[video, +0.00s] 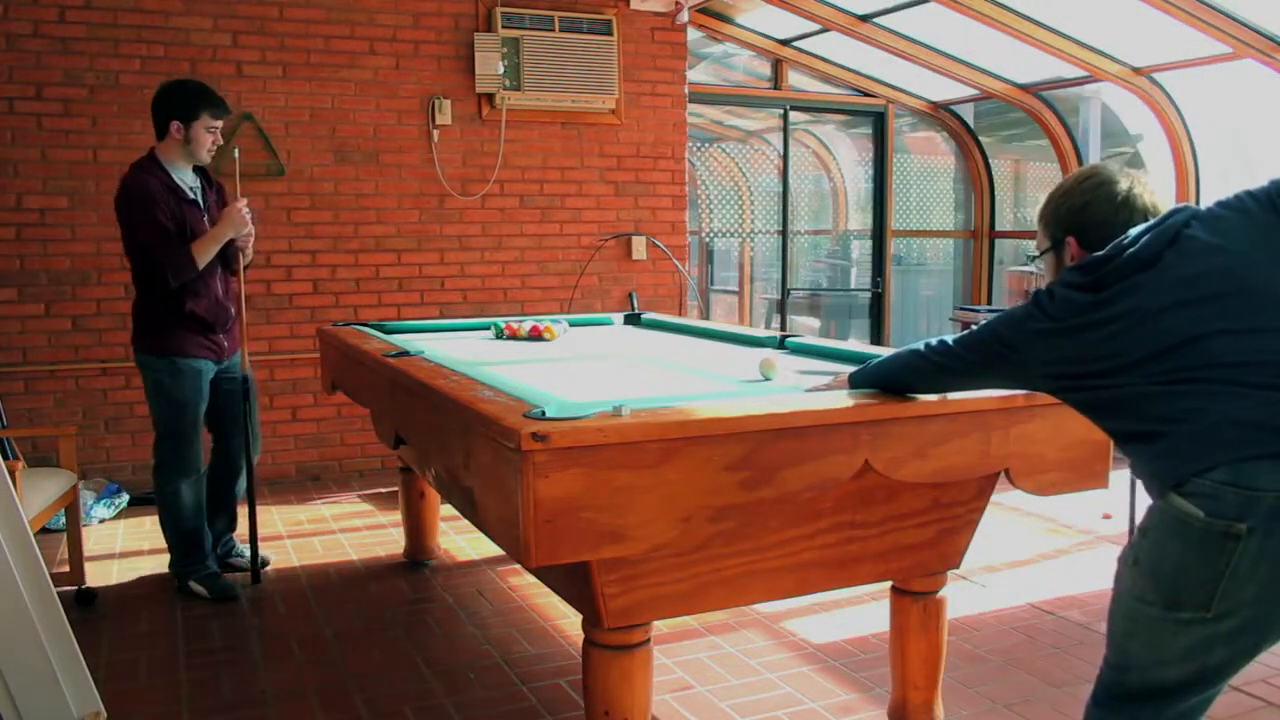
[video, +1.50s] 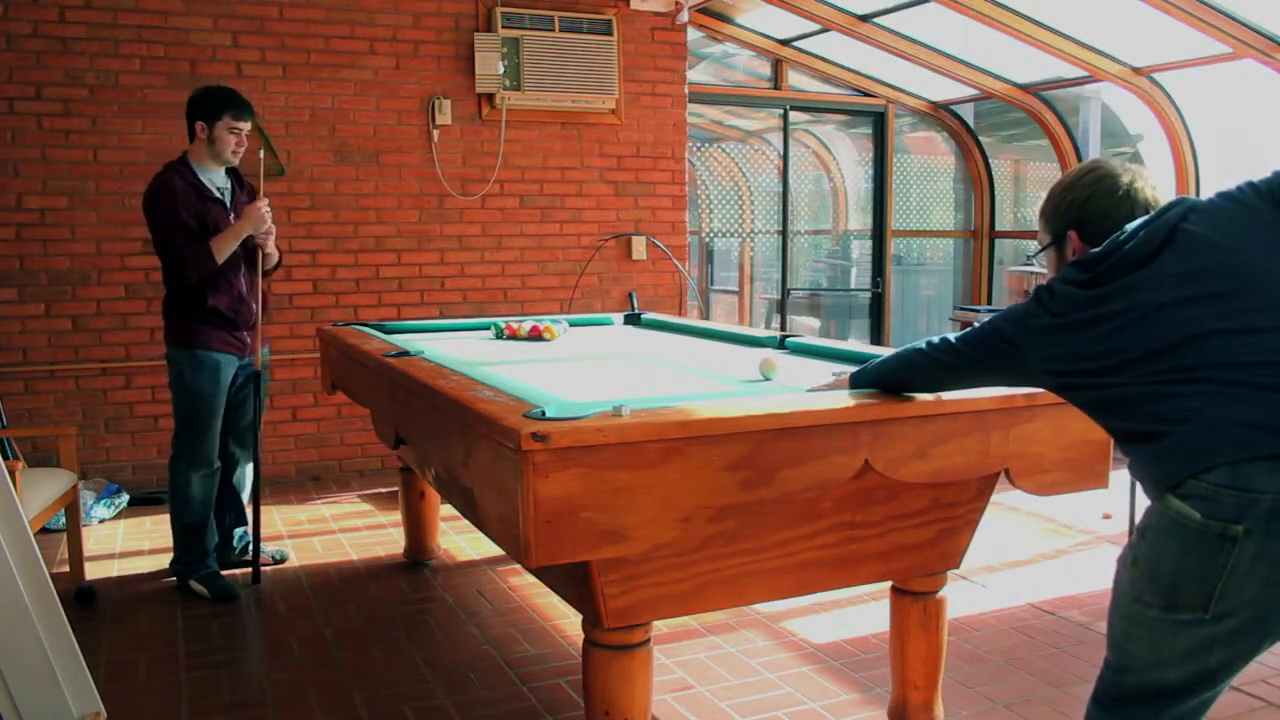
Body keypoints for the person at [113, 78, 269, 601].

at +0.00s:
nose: (219, 140)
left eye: (220, 131)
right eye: (211, 130)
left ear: (190, 133)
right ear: (177, 129)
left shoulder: (209, 186)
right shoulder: (140, 186)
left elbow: (228, 265)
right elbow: (168, 271)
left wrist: (244, 243)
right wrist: (222, 230)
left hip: (221, 340)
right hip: (173, 344)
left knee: (236, 442)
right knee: (181, 457)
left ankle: (219, 541)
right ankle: (191, 567)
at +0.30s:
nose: (214, 140)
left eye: (216, 130)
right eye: (207, 129)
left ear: (182, 132)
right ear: (175, 128)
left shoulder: (202, 186)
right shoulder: (136, 186)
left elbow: (221, 266)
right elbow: (163, 271)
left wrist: (244, 247)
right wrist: (227, 230)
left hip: (225, 339)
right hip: (177, 344)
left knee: (247, 439)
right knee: (185, 457)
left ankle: (234, 539)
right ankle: (192, 567)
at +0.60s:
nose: (216, 139)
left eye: (217, 130)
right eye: (209, 129)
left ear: (183, 131)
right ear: (176, 129)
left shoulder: (203, 186)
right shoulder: (140, 186)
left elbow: (224, 267)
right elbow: (170, 271)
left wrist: (249, 246)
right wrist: (233, 229)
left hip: (229, 338)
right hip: (183, 344)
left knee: (239, 450)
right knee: (190, 459)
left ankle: (236, 544)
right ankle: (193, 567)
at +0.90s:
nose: (225, 140)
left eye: (227, 131)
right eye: (217, 129)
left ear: (199, 134)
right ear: (184, 129)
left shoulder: (215, 188)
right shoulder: (151, 185)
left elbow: (234, 267)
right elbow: (178, 269)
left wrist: (254, 245)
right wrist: (238, 228)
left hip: (233, 339)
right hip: (189, 342)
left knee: (235, 452)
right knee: (194, 457)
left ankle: (233, 544)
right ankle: (193, 565)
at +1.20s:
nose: (234, 139)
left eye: (237, 130)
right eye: (225, 129)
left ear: (231, 134)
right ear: (191, 129)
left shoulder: (229, 189)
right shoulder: (161, 185)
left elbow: (246, 265)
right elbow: (186, 268)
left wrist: (263, 245)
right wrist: (243, 227)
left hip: (238, 340)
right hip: (195, 342)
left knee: (236, 453)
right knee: (197, 458)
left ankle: (230, 545)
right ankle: (193, 564)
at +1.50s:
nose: (243, 141)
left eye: (247, 132)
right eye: (234, 131)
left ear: (246, 137)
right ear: (202, 130)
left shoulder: (239, 188)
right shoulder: (168, 189)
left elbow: (263, 267)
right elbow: (188, 267)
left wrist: (268, 248)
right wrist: (243, 227)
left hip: (243, 340)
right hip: (199, 342)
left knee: (237, 452)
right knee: (199, 457)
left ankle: (231, 545)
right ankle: (193, 564)